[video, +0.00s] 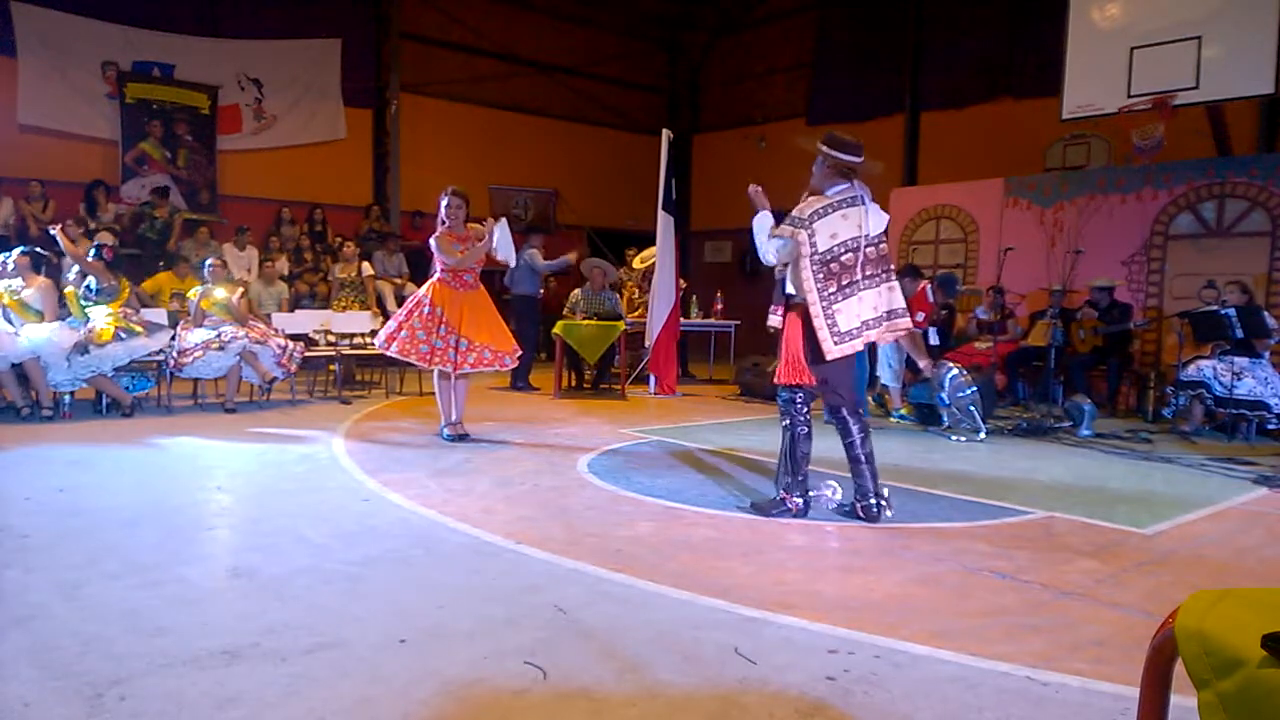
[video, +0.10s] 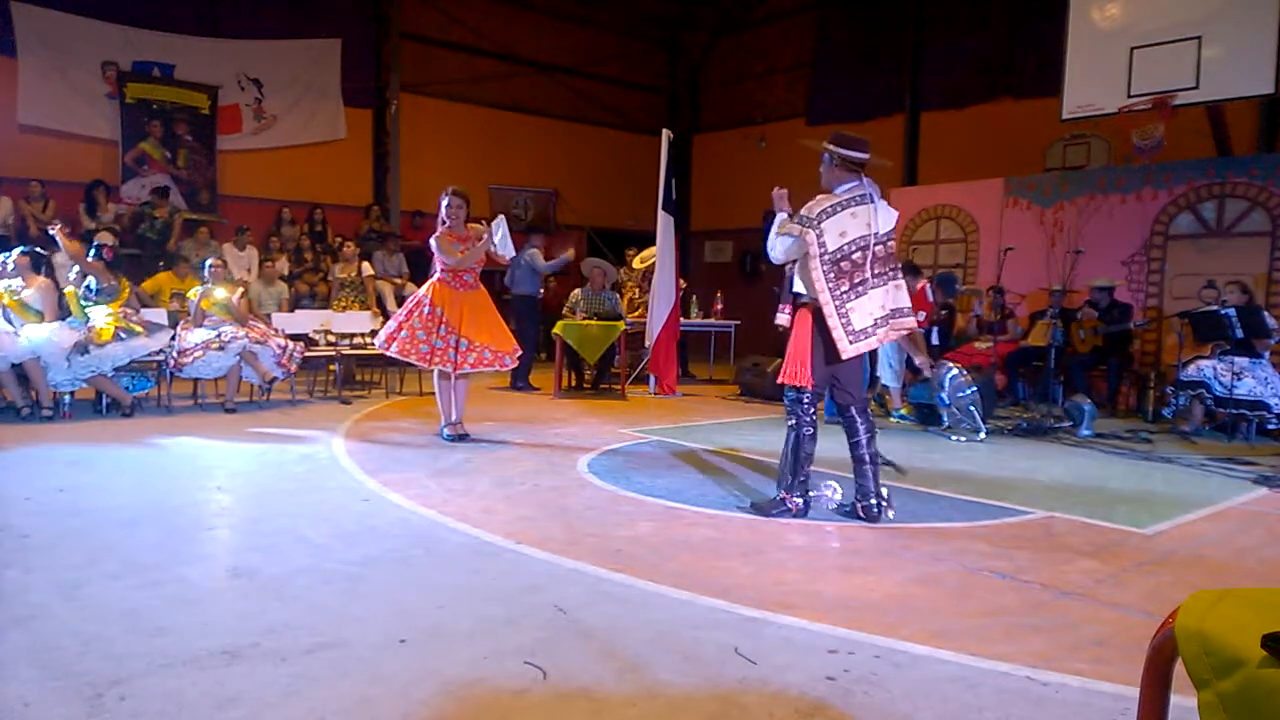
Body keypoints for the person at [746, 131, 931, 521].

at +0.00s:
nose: (813, 168)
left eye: (818, 163)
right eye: (817, 162)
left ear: (830, 168)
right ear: (853, 172)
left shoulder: (809, 211)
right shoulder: (867, 209)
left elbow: (772, 255)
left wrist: (761, 212)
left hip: (805, 318)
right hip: (847, 319)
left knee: (794, 403)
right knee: (846, 406)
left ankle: (793, 495)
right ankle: (869, 499)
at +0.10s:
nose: (820, 168)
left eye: (824, 162)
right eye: (823, 162)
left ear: (835, 166)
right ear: (858, 169)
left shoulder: (820, 209)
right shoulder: (881, 212)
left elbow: (779, 250)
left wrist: (780, 214)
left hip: (817, 317)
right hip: (859, 318)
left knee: (802, 404)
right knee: (854, 405)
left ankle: (793, 495)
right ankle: (870, 499)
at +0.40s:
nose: (825, 169)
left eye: (829, 163)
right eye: (828, 163)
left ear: (841, 166)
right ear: (863, 168)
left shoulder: (828, 210)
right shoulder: (886, 210)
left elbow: (784, 249)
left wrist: (774, 209)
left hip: (823, 320)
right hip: (865, 321)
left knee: (798, 398)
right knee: (863, 403)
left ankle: (791, 494)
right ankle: (872, 498)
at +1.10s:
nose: (780, 166)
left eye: (784, 161)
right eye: (784, 161)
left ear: (791, 167)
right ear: (820, 171)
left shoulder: (768, 210)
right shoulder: (841, 211)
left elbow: (731, 241)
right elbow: (844, 268)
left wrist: (733, 211)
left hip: (779, 321)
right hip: (822, 318)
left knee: (782, 406)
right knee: (817, 393)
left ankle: (782, 495)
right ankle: (834, 475)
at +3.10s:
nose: (764, 166)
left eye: (768, 161)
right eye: (768, 160)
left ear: (778, 166)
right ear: (803, 168)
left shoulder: (757, 210)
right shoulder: (827, 207)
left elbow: (718, 239)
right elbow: (836, 267)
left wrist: (736, 203)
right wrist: (836, 318)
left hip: (768, 319)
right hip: (809, 314)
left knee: (776, 405)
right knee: (798, 402)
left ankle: (783, 497)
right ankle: (795, 485)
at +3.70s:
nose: (775, 155)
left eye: (780, 152)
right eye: (780, 150)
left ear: (789, 159)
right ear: (817, 162)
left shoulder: (764, 202)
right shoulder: (836, 199)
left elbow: (726, 233)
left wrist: (745, 195)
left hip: (783, 316)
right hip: (826, 312)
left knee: (782, 399)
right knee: (810, 397)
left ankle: (781, 495)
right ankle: (826, 491)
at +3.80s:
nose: (781, 154)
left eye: (787, 151)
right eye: (786, 150)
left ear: (795, 160)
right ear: (822, 162)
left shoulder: (766, 203)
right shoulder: (840, 199)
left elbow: (728, 233)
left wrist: (746, 197)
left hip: (783, 318)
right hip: (828, 315)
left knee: (785, 404)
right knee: (817, 404)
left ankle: (782, 495)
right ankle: (828, 495)